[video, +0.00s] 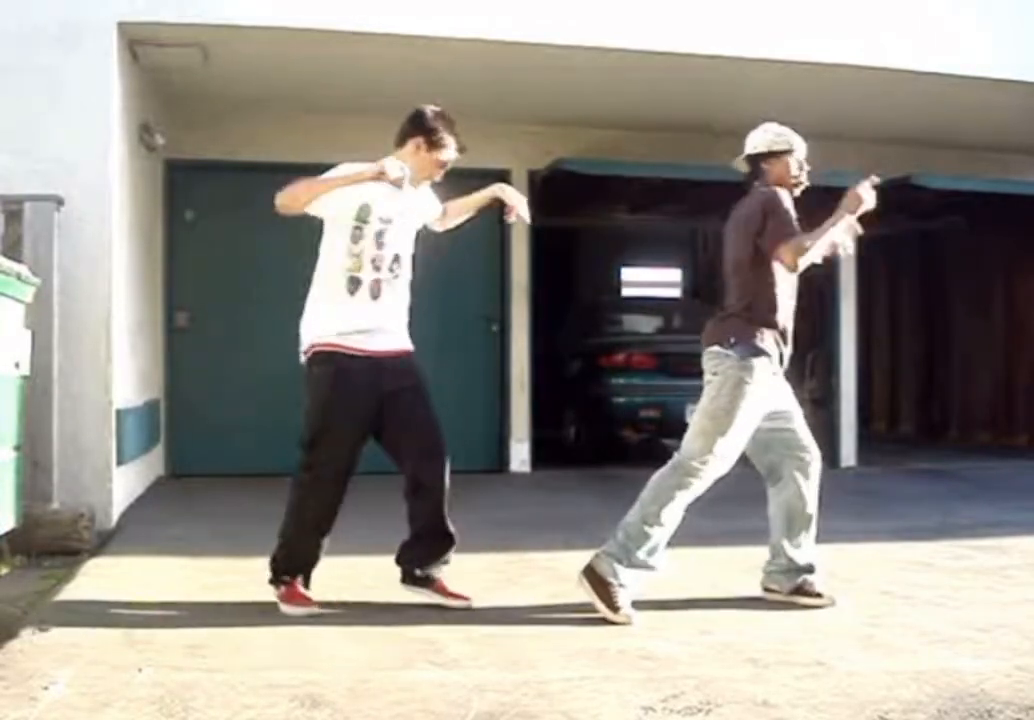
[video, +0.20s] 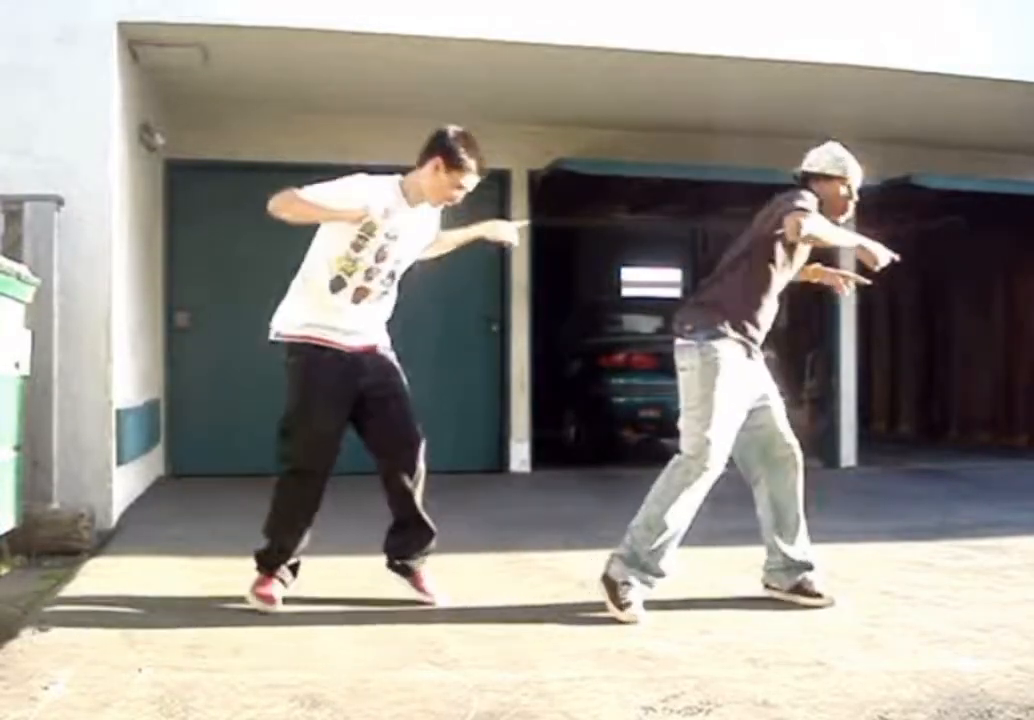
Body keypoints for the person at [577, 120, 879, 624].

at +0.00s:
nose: (802, 169)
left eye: (801, 160)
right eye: (796, 159)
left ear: (763, 165)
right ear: (774, 162)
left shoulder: (751, 207)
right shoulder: (773, 201)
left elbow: (785, 260)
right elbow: (793, 254)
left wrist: (829, 241)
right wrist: (845, 213)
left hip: (755, 359)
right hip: (747, 355)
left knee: (799, 461)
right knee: (698, 464)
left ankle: (788, 573)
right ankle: (614, 566)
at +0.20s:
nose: (852, 200)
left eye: (854, 191)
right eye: (848, 190)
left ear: (822, 186)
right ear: (827, 183)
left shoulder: (795, 217)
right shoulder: (798, 201)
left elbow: (778, 264)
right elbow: (801, 230)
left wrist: (819, 275)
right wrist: (861, 243)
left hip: (744, 349)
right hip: (712, 338)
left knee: (780, 457)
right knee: (702, 457)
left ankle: (787, 571)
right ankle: (629, 570)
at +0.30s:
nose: (868, 255)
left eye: (870, 245)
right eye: (863, 243)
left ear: (849, 244)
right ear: (836, 239)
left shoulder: (817, 283)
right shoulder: (802, 269)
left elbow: (775, 328)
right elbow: (765, 321)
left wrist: (826, 336)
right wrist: (836, 325)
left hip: (733, 374)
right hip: (693, 368)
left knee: (784, 458)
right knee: (699, 477)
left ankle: (784, 574)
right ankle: (624, 579)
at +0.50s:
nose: (832, 241)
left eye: (841, 233)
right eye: (824, 230)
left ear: (851, 241)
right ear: (808, 230)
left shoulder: (813, 276)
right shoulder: (795, 260)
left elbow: (787, 320)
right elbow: (769, 289)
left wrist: (825, 351)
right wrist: (830, 330)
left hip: (740, 379)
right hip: (694, 373)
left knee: (790, 460)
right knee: (693, 476)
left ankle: (787, 572)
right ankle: (628, 582)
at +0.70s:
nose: (778, 229)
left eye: (788, 222)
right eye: (772, 219)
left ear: (803, 234)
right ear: (759, 225)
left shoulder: (798, 293)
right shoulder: (722, 271)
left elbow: (781, 366)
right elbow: (684, 331)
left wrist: (805, 424)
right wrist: (710, 395)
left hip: (750, 395)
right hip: (693, 390)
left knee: (805, 460)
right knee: (693, 474)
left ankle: (785, 577)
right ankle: (639, 588)